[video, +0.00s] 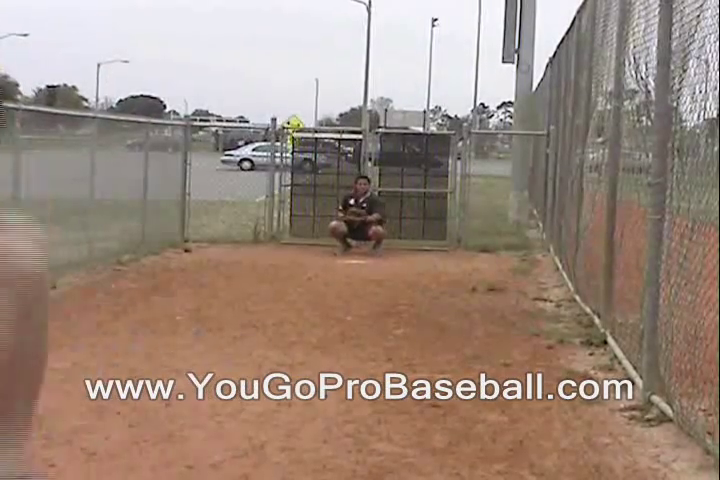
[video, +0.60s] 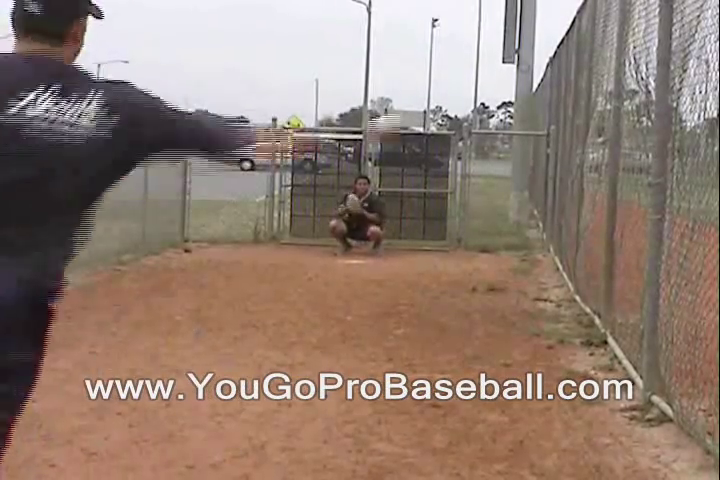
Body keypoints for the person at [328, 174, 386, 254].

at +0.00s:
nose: (362, 187)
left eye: (365, 184)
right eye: (360, 184)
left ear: (369, 186)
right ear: (355, 186)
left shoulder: (374, 200)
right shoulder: (348, 198)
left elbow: (378, 215)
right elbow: (339, 212)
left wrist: (362, 219)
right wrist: (347, 218)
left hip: (365, 226)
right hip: (350, 226)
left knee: (378, 231)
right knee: (334, 227)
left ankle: (377, 244)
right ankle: (345, 245)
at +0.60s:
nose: (362, 187)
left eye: (364, 184)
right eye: (359, 184)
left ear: (368, 186)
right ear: (355, 186)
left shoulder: (374, 200)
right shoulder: (348, 197)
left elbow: (378, 219)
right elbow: (335, 214)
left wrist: (362, 212)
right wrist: (343, 211)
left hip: (365, 226)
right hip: (350, 225)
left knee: (375, 231)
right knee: (334, 225)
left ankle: (376, 245)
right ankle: (346, 245)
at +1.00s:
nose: (358, 191)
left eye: (361, 188)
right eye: (356, 188)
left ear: (365, 190)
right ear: (352, 190)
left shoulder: (369, 201)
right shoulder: (347, 202)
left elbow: (375, 209)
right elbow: (336, 214)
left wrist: (366, 211)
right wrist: (348, 215)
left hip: (367, 230)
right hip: (350, 229)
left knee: (379, 228)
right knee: (336, 226)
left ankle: (377, 246)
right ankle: (346, 245)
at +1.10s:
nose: (356, 193)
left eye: (358, 190)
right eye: (354, 190)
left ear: (363, 191)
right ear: (351, 191)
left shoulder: (369, 201)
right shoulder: (347, 201)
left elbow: (372, 211)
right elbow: (333, 213)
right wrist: (348, 215)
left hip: (365, 227)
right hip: (351, 226)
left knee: (380, 227)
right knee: (336, 224)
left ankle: (379, 246)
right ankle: (346, 245)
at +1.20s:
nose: (356, 192)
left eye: (358, 190)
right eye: (354, 190)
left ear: (363, 191)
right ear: (350, 191)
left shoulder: (370, 202)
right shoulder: (346, 201)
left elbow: (369, 221)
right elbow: (333, 213)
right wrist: (346, 213)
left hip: (368, 226)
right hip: (353, 226)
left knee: (383, 226)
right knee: (337, 224)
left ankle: (381, 247)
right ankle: (346, 246)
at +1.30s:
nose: (356, 193)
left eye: (358, 190)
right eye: (353, 190)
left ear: (362, 191)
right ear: (349, 191)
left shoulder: (369, 201)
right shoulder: (345, 200)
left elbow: (370, 223)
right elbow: (334, 211)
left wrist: (361, 240)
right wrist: (343, 215)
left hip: (368, 222)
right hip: (353, 222)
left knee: (383, 226)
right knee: (340, 222)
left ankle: (381, 247)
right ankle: (344, 246)